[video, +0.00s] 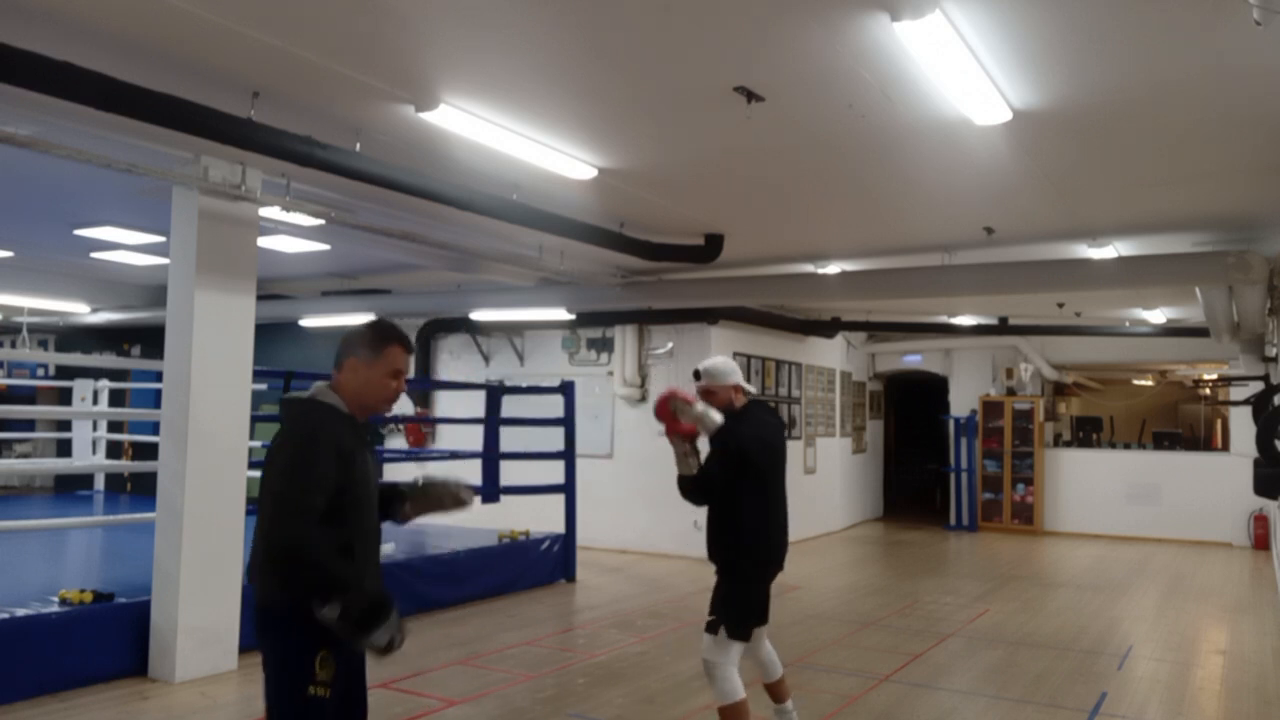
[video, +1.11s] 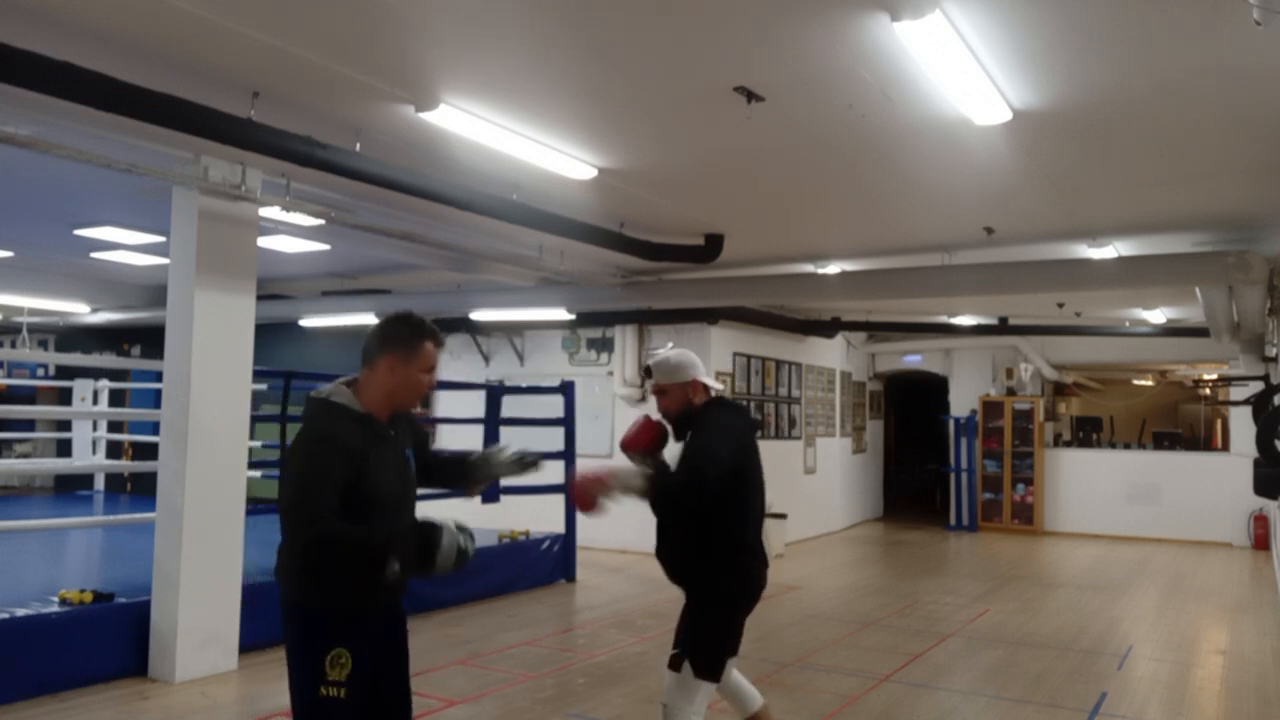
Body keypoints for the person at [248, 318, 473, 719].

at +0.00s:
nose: (401, 389)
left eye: (404, 378)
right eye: (394, 375)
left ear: (352, 370)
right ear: (352, 367)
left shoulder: (346, 427)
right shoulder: (314, 428)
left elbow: (346, 504)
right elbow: (299, 540)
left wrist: (405, 502)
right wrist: (369, 613)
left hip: (329, 616)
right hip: (302, 619)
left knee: (343, 709)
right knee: (312, 711)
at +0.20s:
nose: (389, 383)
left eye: (390, 372)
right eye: (383, 370)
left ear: (345, 369)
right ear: (345, 367)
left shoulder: (315, 423)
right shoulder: (310, 432)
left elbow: (324, 505)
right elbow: (296, 553)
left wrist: (388, 496)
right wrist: (352, 647)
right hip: (288, 630)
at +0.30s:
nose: (386, 370)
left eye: (386, 359)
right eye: (381, 357)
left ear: (343, 356)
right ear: (345, 356)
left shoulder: (301, 411)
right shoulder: (307, 422)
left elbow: (325, 474)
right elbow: (291, 542)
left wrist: (387, 442)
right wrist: (352, 625)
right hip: (283, 621)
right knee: (309, 712)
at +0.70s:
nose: (396, 372)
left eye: (395, 361)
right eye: (391, 359)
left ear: (354, 358)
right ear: (357, 357)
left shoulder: (303, 417)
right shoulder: (321, 432)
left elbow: (326, 482)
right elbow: (327, 563)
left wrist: (399, 445)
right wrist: (401, 607)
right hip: (304, 622)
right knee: (350, 711)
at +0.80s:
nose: (414, 380)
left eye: (415, 368)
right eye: (409, 366)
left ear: (371, 363)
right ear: (375, 363)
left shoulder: (327, 421)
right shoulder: (330, 436)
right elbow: (329, 566)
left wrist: (409, 419)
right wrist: (408, 608)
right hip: (317, 631)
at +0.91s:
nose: (431, 389)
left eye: (432, 377)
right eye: (426, 375)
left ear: (393, 371)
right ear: (392, 371)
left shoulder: (374, 431)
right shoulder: (333, 442)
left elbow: (415, 436)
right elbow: (322, 562)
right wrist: (415, 602)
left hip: (359, 625)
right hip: (319, 631)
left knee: (383, 711)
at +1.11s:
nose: (431, 383)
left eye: (433, 372)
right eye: (425, 371)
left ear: (395, 367)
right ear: (390, 365)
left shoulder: (399, 424)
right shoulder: (326, 431)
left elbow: (423, 467)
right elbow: (316, 539)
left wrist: (479, 468)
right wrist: (423, 544)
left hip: (379, 600)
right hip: (324, 606)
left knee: (389, 706)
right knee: (332, 710)